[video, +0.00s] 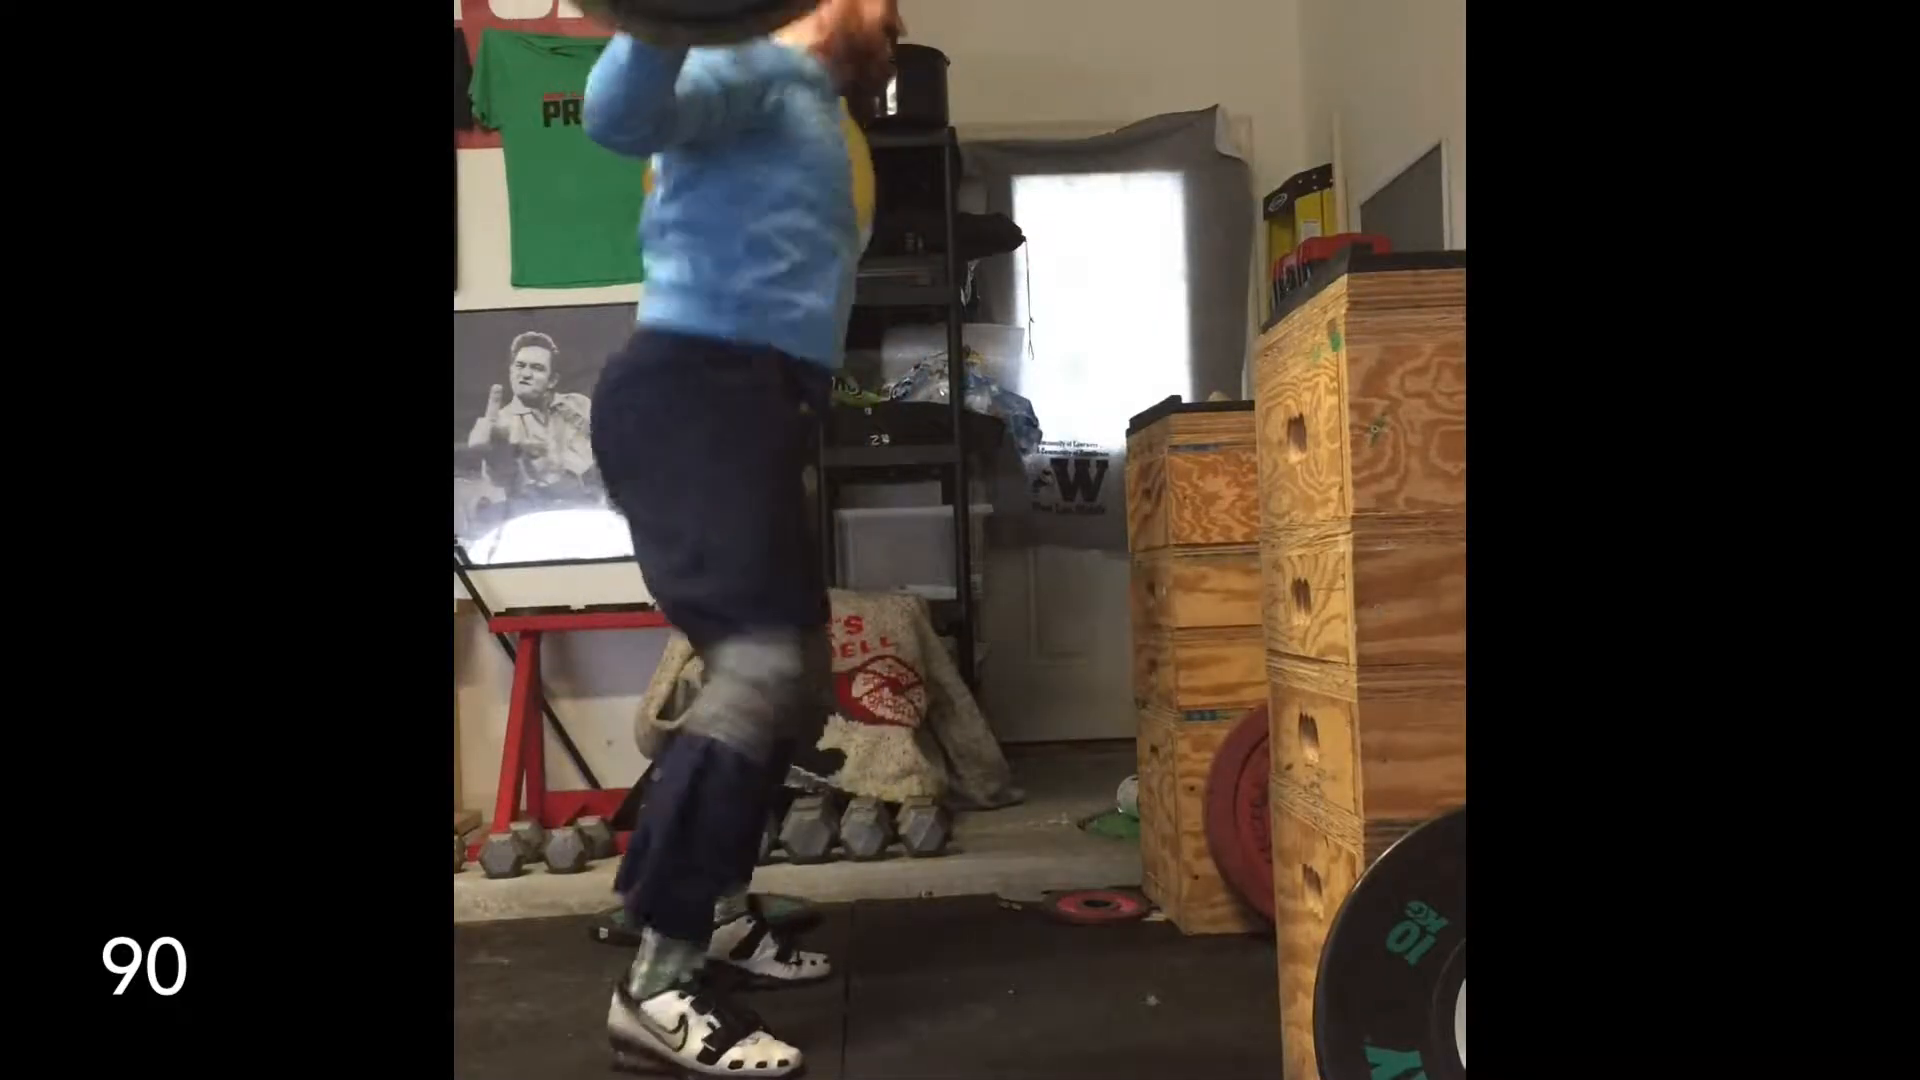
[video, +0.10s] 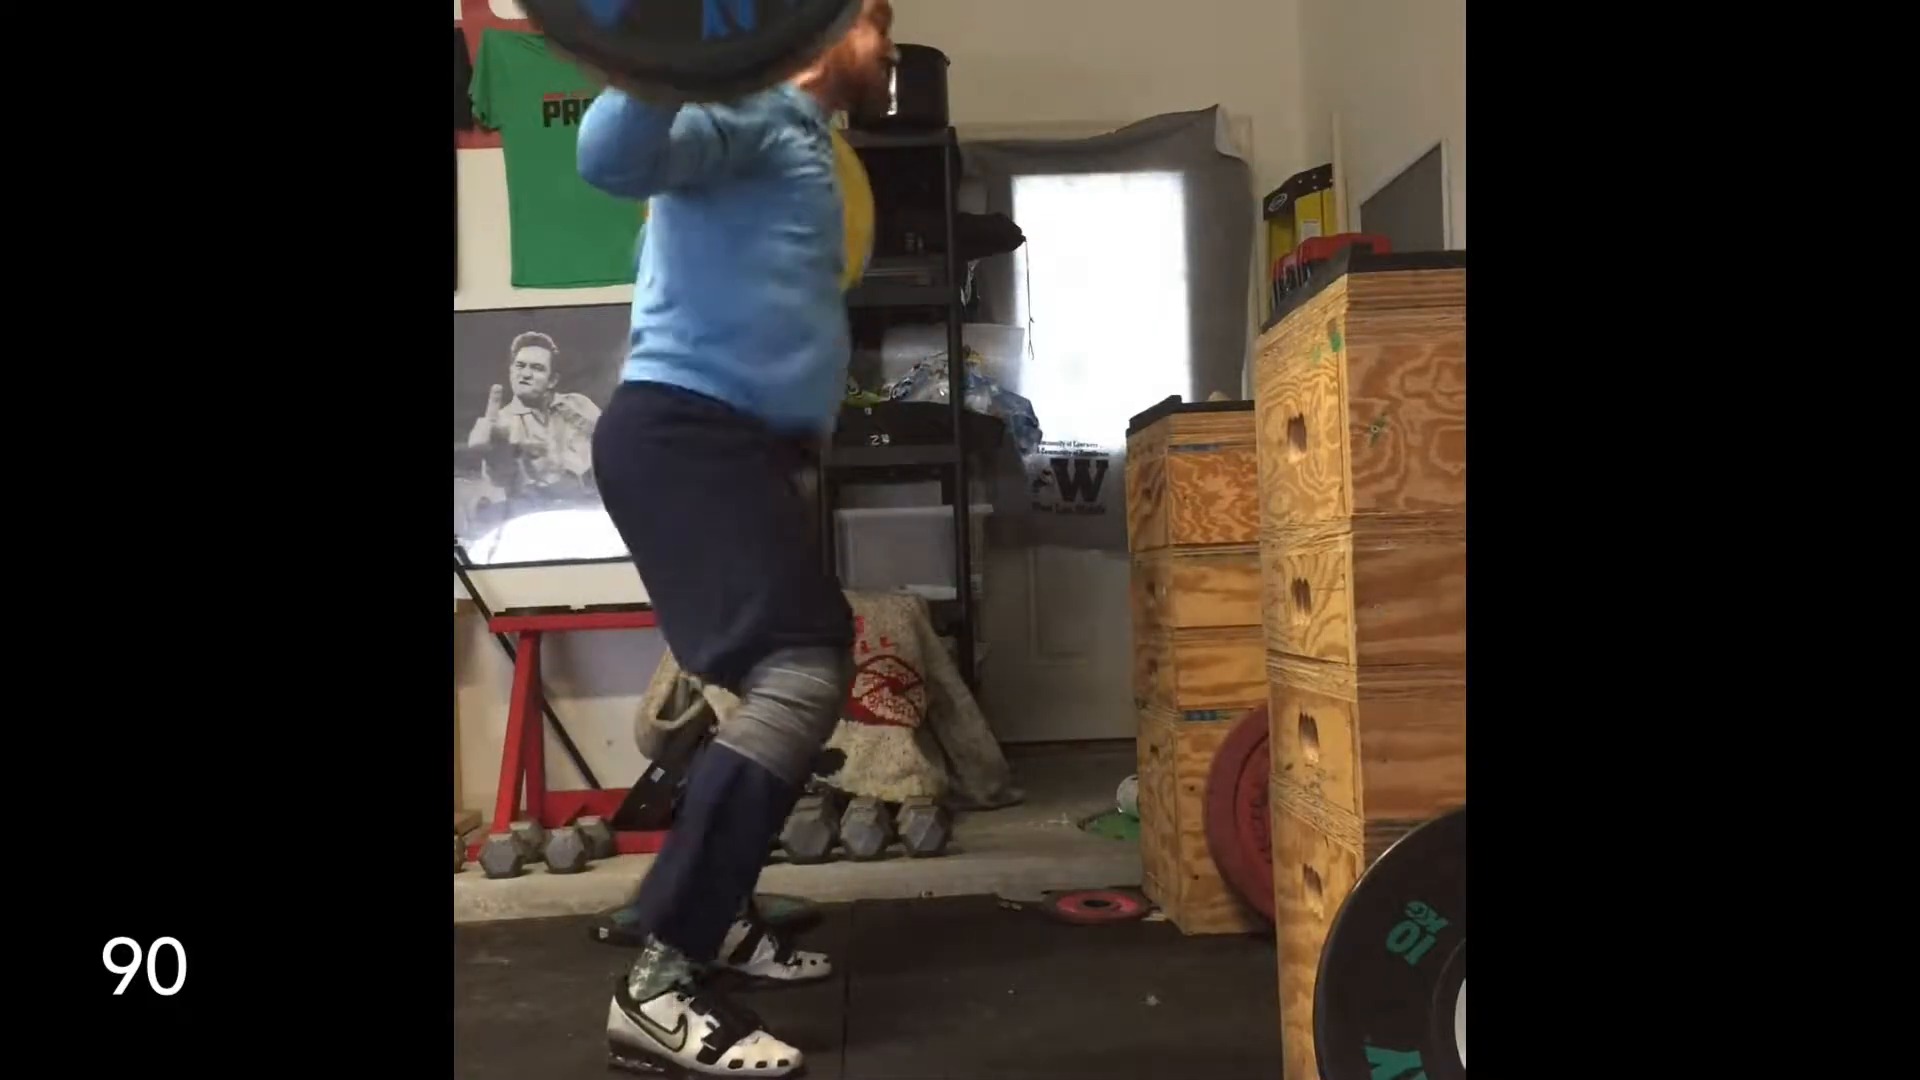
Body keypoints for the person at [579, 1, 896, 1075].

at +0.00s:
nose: (896, 33)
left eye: (897, 22)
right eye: (887, 11)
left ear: (844, 34)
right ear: (832, 7)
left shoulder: (830, 119)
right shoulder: (752, 72)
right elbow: (616, 120)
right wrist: (657, 22)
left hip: (764, 400)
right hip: (695, 388)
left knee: (784, 672)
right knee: (759, 670)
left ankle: (704, 907)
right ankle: (656, 982)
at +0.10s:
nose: (893, 54)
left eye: (893, 35)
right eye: (883, 29)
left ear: (834, 42)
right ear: (832, 27)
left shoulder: (818, 143)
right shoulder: (751, 110)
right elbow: (607, 158)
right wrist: (680, 41)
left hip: (759, 441)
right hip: (687, 430)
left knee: (799, 672)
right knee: (799, 676)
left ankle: (712, 914)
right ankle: (660, 983)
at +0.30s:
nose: (885, 57)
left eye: (886, 38)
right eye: (870, 31)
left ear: (832, 50)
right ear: (806, 33)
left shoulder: (818, 151)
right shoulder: (742, 111)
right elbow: (591, 162)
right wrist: (653, 37)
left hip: (758, 444)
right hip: (684, 429)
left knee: (789, 681)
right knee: (787, 682)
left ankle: (706, 921)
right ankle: (662, 987)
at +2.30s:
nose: (836, 6)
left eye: (831, 2)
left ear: (789, 1)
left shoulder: (781, 80)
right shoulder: (707, 64)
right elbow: (563, 114)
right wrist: (630, 5)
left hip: (742, 405)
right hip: (680, 395)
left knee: (703, 667)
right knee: (670, 673)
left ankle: (691, 915)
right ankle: (644, 983)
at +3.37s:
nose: (836, 57)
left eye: (833, 40)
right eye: (818, 39)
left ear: (781, 48)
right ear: (759, 40)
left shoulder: (789, 138)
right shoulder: (708, 130)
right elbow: (586, 196)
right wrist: (638, 70)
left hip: (729, 450)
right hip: (675, 446)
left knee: (789, 689)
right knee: (807, 695)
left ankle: (715, 917)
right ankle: (661, 980)